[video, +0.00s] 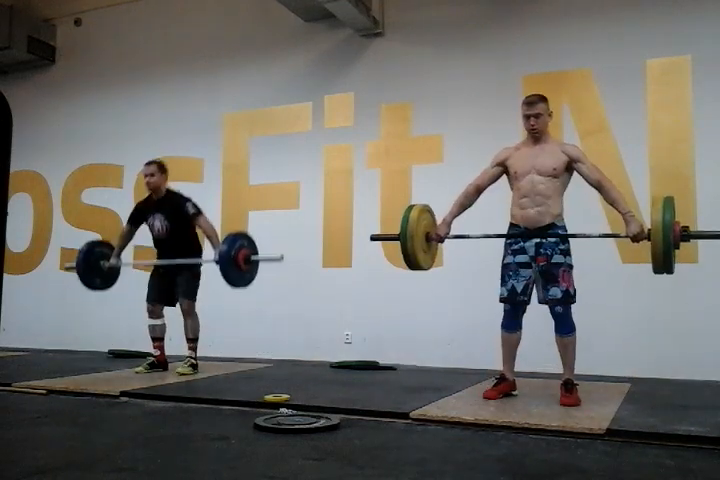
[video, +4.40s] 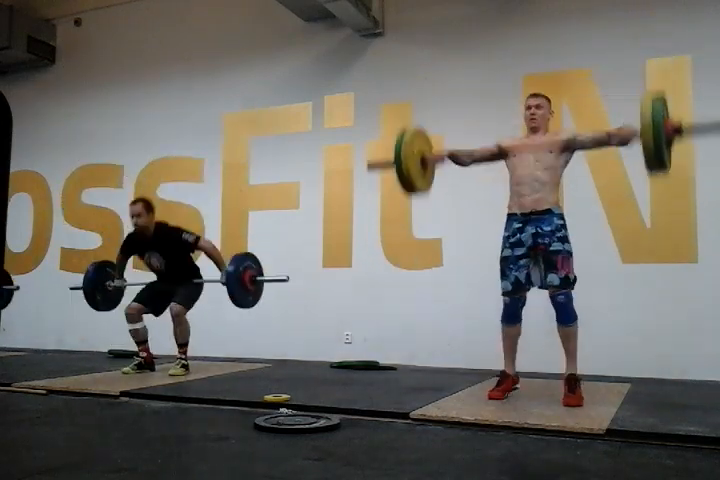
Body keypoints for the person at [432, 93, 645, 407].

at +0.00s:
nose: (532, 121)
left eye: (537, 116)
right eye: (527, 117)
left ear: (549, 117)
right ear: (521, 119)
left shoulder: (567, 152)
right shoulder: (508, 155)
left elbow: (602, 184)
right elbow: (475, 188)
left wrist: (629, 217)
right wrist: (446, 219)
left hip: (553, 238)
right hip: (517, 239)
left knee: (561, 310)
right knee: (512, 309)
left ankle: (569, 381)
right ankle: (507, 378)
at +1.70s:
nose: (531, 116)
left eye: (537, 112)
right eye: (527, 113)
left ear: (548, 119)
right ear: (521, 120)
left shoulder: (561, 145)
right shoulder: (508, 147)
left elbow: (599, 157)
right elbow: (470, 165)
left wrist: (623, 173)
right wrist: (440, 183)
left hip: (547, 221)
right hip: (512, 221)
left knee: (562, 295)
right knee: (499, 294)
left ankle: (573, 375)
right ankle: (499, 368)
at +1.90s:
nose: (531, 151)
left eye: (537, 146)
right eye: (527, 146)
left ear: (548, 151)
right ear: (521, 150)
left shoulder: (564, 180)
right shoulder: (506, 182)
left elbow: (612, 177)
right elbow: (462, 182)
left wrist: (628, 140)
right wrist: (435, 153)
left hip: (554, 272)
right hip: (516, 273)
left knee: (583, 318)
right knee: (469, 314)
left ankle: (579, 387)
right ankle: (488, 381)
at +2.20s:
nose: (517, 203)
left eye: (523, 198)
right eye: (512, 199)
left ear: (535, 199)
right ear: (506, 201)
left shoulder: (555, 223)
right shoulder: (496, 225)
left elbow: (599, 195)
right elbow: (461, 203)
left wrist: (634, 161)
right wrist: (434, 176)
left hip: (555, 304)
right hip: (517, 305)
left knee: (587, 325)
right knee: (471, 320)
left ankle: (578, 388)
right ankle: (490, 382)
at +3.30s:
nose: (518, 167)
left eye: (523, 161)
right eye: (513, 162)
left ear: (536, 160)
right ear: (507, 164)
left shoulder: (557, 183)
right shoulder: (500, 188)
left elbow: (604, 154)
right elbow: (464, 166)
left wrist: (635, 118)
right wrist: (440, 141)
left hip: (556, 270)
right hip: (520, 271)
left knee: (582, 323)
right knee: (473, 315)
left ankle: (578, 388)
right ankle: (489, 382)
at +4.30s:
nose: (532, 122)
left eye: (538, 118)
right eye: (528, 118)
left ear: (549, 123)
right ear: (523, 124)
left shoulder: (564, 153)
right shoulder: (509, 160)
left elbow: (616, 152)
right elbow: (465, 167)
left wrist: (630, 114)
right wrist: (443, 139)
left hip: (548, 235)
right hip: (512, 236)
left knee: (560, 310)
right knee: (508, 311)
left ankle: (572, 382)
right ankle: (511, 380)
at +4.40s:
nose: (532, 110)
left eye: (538, 106)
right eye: (528, 107)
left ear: (550, 114)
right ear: (523, 115)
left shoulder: (562, 142)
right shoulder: (511, 147)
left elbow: (607, 137)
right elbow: (471, 156)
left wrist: (641, 131)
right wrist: (442, 154)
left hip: (550, 223)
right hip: (516, 226)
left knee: (562, 301)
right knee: (511, 302)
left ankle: (572, 376)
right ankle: (509, 374)